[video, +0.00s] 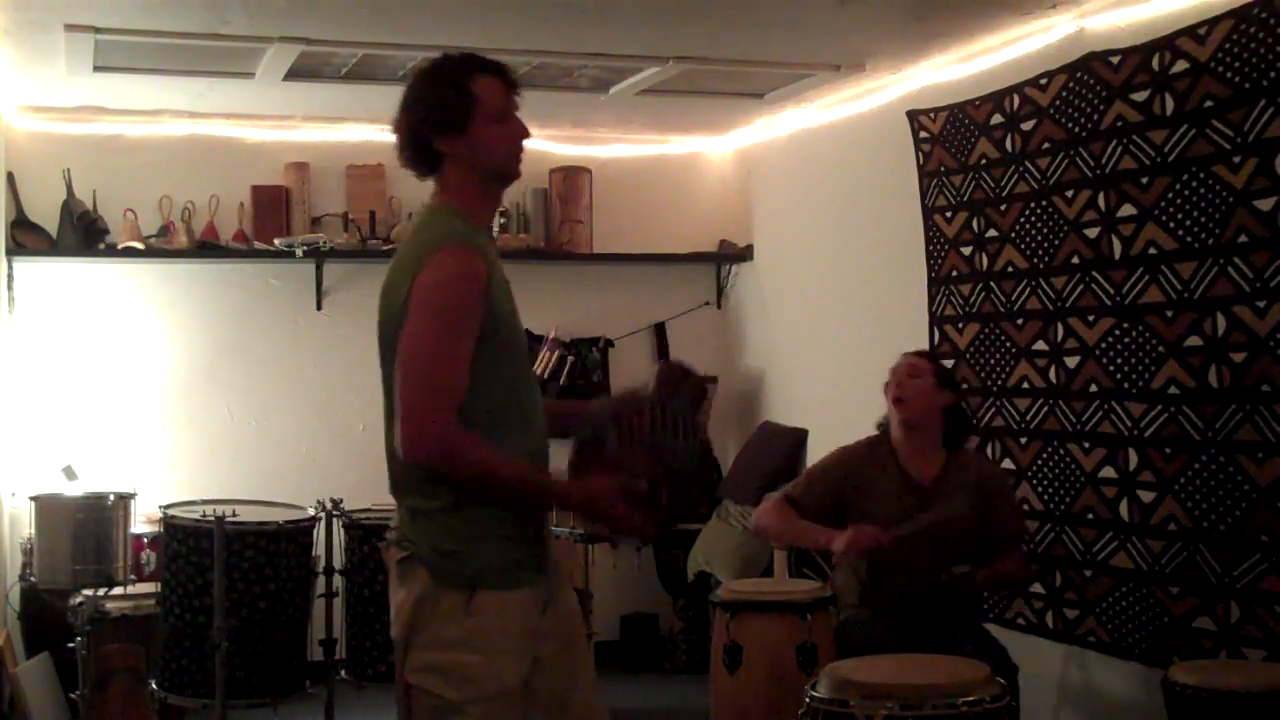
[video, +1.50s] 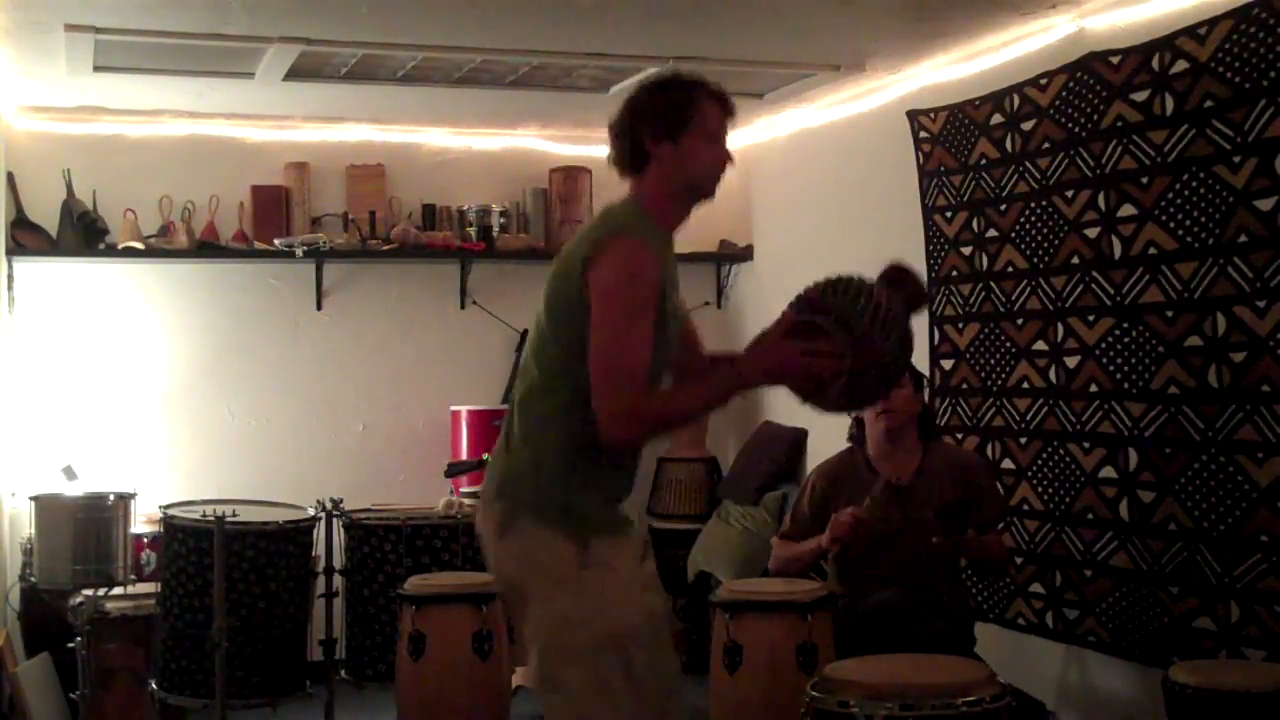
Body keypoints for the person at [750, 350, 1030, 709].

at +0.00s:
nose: (897, 383)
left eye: (913, 375)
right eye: (892, 377)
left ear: (946, 397)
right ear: (884, 396)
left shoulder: (977, 474)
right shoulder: (856, 462)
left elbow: (1014, 561)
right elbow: (765, 517)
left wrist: (973, 580)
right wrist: (834, 538)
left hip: (946, 617)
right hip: (867, 617)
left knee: (1000, 677)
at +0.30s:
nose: (873, 382)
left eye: (885, 373)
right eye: (861, 378)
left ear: (906, 391)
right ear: (846, 403)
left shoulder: (946, 451)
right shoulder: (826, 467)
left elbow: (986, 525)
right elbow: (759, 534)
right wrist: (825, 535)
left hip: (943, 614)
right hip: (862, 621)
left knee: (985, 658)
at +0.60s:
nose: (882, 393)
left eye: (893, 382)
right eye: (871, 385)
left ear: (914, 397)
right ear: (856, 402)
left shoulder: (949, 467)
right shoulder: (831, 470)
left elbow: (995, 548)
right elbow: (770, 544)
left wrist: (966, 532)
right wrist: (834, 533)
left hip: (939, 629)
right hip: (860, 630)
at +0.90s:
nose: (895, 398)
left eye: (907, 387)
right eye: (884, 390)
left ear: (929, 399)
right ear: (869, 406)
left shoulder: (966, 472)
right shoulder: (841, 471)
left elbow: (1000, 562)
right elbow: (775, 547)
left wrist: (968, 536)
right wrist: (827, 533)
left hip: (940, 635)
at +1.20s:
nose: (889, 391)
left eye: (901, 383)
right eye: (879, 385)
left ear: (923, 399)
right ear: (864, 404)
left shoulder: (964, 468)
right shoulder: (834, 475)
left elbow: (1002, 552)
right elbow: (777, 554)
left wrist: (968, 540)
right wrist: (825, 539)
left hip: (945, 642)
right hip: (863, 644)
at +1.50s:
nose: (883, 398)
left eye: (895, 386)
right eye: (873, 389)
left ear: (919, 400)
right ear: (859, 407)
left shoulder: (962, 469)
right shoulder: (829, 478)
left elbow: (997, 553)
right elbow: (777, 561)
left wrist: (964, 542)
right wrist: (821, 542)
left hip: (943, 636)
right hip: (859, 639)